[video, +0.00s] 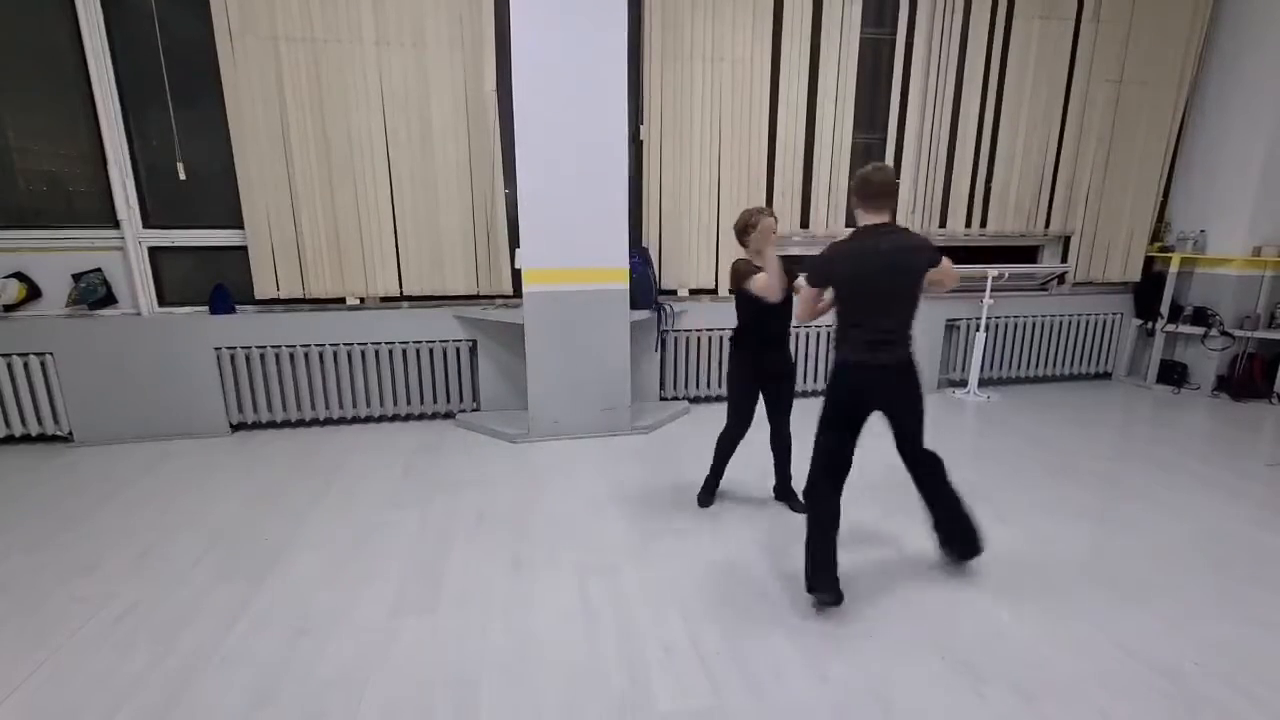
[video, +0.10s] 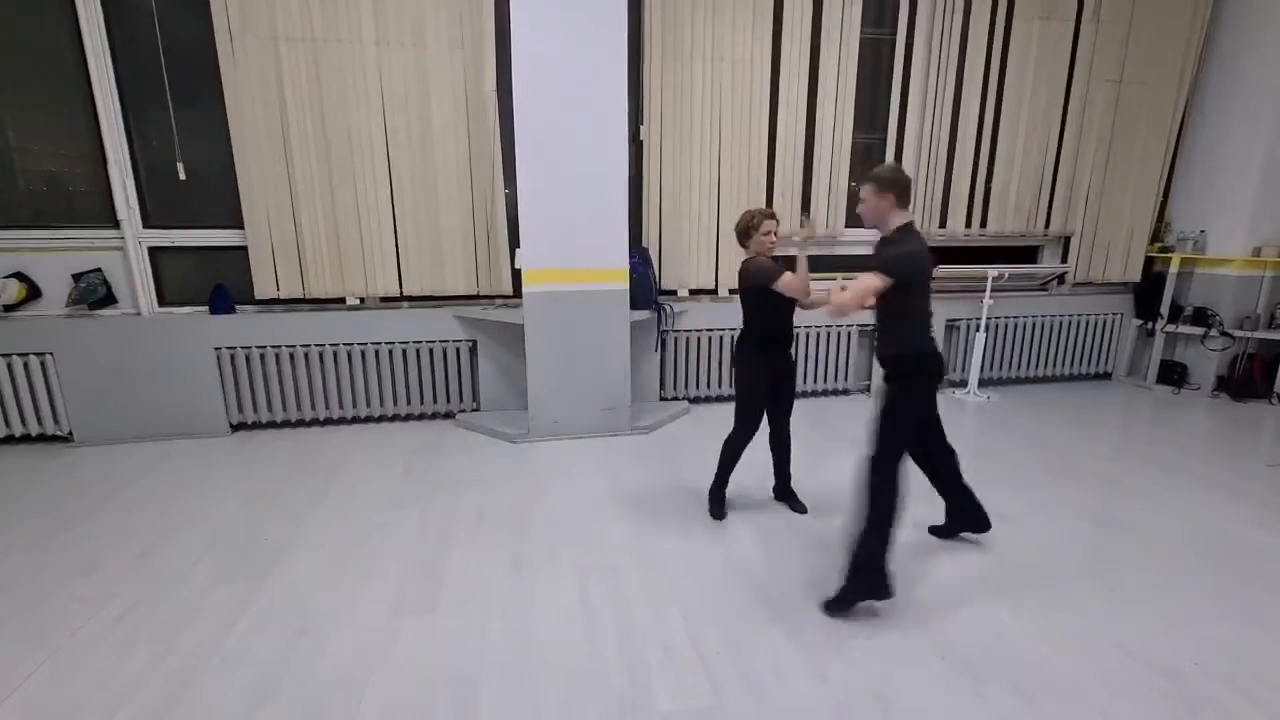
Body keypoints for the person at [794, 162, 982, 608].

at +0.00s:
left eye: (853, 199)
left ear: (855, 201)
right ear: (895, 202)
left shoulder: (839, 252)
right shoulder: (915, 245)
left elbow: (804, 312)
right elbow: (948, 279)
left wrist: (837, 295)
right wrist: (907, 278)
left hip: (851, 376)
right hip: (900, 375)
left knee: (826, 477)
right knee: (915, 454)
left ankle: (823, 585)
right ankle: (961, 540)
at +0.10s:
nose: (859, 202)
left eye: (864, 196)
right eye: (860, 196)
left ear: (888, 199)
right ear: (889, 200)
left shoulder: (900, 251)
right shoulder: (902, 243)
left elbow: (853, 301)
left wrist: (835, 299)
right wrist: (848, 294)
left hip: (910, 370)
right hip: (914, 365)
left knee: (884, 466)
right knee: (926, 444)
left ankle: (868, 576)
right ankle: (966, 511)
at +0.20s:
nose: (904, 216)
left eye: (912, 208)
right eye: (896, 209)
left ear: (925, 209)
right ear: (884, 212)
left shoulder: (945, 246)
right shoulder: (886, 258)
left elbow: (951, 274)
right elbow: (886, 308)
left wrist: (892, 281)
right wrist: (844, 309)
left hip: (944, 367)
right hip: (905, 370)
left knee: (960, 457)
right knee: (927, 453)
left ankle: (976, 563)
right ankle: (956, 517)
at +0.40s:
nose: (948, 219)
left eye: (953, 211)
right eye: (938, 212)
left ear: (959, 213)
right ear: (920, 218)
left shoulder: (979, 250)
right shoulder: (904, 268)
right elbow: (891, 307)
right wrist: (880, 318)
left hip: (967, 369)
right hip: (922, 371)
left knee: (992, 428)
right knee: (941, 448)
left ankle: (1015, 476)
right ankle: (964, 512)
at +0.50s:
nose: (962, 214)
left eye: (967, 207)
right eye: (952, 208)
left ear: (972, 209)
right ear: (932, 213)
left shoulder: (986, 244)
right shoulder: (914, 268)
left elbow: (1034, 233)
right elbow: (886, 312)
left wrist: (1073, 225)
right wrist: (882, 311)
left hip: (973, 361)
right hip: (933, 363)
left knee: (954, 411)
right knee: (952, 433)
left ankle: (935, 442)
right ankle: (967, 509)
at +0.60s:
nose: (969, 214)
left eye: (973, 207)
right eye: (960, 208)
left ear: (977, 211)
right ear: (940, 214)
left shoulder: (981, 245)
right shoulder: (925, 265)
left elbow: (1006, 245)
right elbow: (888, 316)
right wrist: (884, 305)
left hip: (971, 357)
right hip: (936, 359)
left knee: (931, 402)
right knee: (957, 430)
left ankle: (895, 433)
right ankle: (970, 509)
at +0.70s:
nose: (967, 212)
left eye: (971, 205)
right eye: (958, 206)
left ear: (975, 209)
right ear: (937, 212)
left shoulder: (973, 250)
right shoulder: (930, 259)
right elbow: (912, 302)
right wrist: (899, 299)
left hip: (960, 352)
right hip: (930, 353)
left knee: (919, 406)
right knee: (952, 431)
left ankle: (883, 446)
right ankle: (970, 511)